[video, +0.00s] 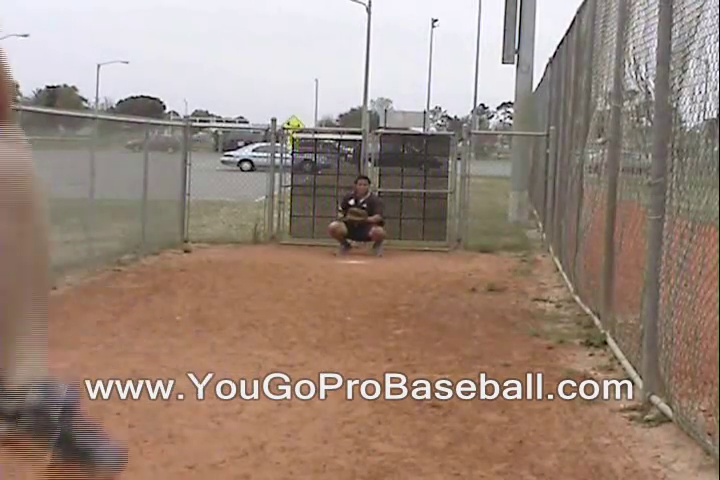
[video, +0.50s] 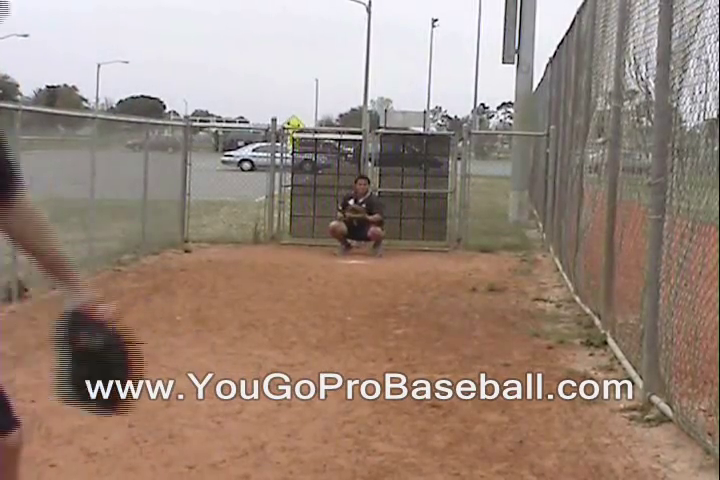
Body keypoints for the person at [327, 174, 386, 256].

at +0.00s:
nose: (362, 187)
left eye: (365, 185)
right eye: (360, 185)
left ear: (368, 187)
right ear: (355, 186)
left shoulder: (374, 200)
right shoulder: (348, 198)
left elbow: (378, 217)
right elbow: (340, 214)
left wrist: (363, 219)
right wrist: (348, 218)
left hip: (366, 227)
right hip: (350, 226)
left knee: (379, 231)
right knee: (333, 228)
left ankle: (377, 245)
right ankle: (345, 245)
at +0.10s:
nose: (362, 187)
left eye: (365, 184)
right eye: (360, 184)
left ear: (368, 186)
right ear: (355, 185)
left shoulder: (373, 199)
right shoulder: (348, 197)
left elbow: (378, 215)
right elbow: (340, 213)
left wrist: (362, 219)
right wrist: (348, 218)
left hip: (365, 226)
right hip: (350, 225)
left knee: (378, 231)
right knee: (333, 227)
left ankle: (376, 245)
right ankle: (345, 244)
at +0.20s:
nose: (362, 187)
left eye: (365, 184)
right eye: (360, 184)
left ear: (368, 186)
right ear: (355, 186)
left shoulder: (373, 199)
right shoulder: (348, 197)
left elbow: (378, 215)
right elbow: (339, 213)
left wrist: (362, 219)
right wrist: (349, 218)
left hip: (366, 227)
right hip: (350, 226)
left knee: (378, 231)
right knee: (333, 227)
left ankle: (376, 246)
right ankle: (346, 244)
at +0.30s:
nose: (362, 187)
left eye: (365, 184)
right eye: (360, 184)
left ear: (368, 186)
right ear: (355, 186)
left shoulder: (373, 199)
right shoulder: (348, 197)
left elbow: (379, 216)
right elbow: (339, 214)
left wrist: (365, 218)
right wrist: (348, 217)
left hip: (365, 226)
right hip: (350, 226)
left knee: (378, 231)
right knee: (333, 227)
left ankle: (376, 246)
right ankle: (346, 244)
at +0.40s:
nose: (362, 187)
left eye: (365, 184)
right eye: (360, 184)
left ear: (368, 186)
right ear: (355, 185)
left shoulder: (373, 199)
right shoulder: (348, 197)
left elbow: (379, 216)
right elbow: (339, 213)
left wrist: (366, 217)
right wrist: (347, 216)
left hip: (365, 226)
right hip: (350, 225)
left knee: (377, 231)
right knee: (334, 227)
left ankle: (376, 245)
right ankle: (346, 244)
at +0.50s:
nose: (362, 187)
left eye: (364, 185)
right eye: (360, 184)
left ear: (368, 186)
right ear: (355, 186)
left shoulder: (373, 200)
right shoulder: (348, 198)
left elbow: (379, 217)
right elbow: (339, 213)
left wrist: (364, 217)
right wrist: (346, 216)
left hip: (365, 227)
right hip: (350, 226)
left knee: (376, 231)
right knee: (334, 227)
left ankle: (376, 245)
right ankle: (346, 245)